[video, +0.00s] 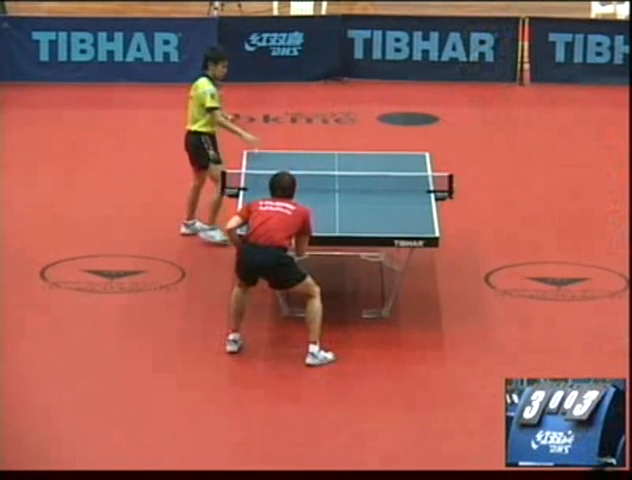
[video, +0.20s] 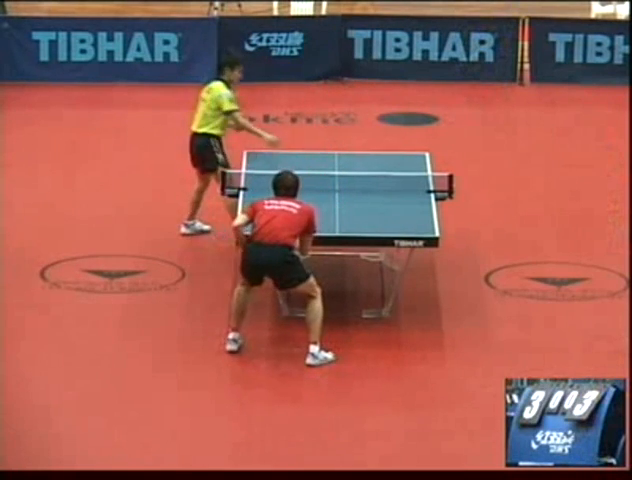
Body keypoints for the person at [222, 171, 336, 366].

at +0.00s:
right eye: (293, 189)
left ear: (271, 191)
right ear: (293, 192)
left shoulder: (255, 206)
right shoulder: (302, 212)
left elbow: (230, 228)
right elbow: (301, 251)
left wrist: (241, 246)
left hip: (249, 252)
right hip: (276, 256)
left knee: (242, 287)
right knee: (313, 292)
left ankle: (233, 336)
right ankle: (315, 349)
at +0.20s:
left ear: (274, 190)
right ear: (296, 191)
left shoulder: (260, 205)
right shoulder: (306, 211)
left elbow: (237, 224)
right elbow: (305, 250)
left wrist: (242, 244)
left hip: (254, 250)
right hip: (282, 253)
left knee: (244, 286)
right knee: (314, 294)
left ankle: (233, 335)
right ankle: (315, 349)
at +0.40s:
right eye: (294, 189)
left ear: (275, 190)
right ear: (297, 192)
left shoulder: (260, 205)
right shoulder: (307, 211)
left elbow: (239, 224)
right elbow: (305, 250)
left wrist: (244, 244)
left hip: (256, 250)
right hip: (285, 253)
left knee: (241, 287)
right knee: (314, 294)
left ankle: (228, 336)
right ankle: (315, 349)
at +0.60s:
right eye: (290, 193)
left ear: (270, 194)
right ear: (292, 195)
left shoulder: (254, 209)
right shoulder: (301, 215)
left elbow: (231, 228)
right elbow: (300, 251)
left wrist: (241, 250)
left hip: (250, 252)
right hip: (278, 255)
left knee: (237, 287)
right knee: (312, 294)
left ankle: (227, 336)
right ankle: (315, 349)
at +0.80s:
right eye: (287, 194)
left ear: (267, 195)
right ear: (289, 197)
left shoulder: (251, 209)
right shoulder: (297, 216)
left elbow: (228, 231)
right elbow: (294, 253)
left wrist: (238, 250)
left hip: (245, 252)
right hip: (272, 255)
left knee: (235, 287)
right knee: (310, 294)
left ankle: (227, 335)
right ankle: (314, 349)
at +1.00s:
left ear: (266, 195)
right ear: (288, 197)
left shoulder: (250, 210)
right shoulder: (296, 216)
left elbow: (228, 233)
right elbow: (294, 253)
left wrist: (240, 248)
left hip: (243, 252)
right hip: (271, 255)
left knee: (235, 287)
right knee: (309, 293)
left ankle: (227, 335)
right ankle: (314, 349)